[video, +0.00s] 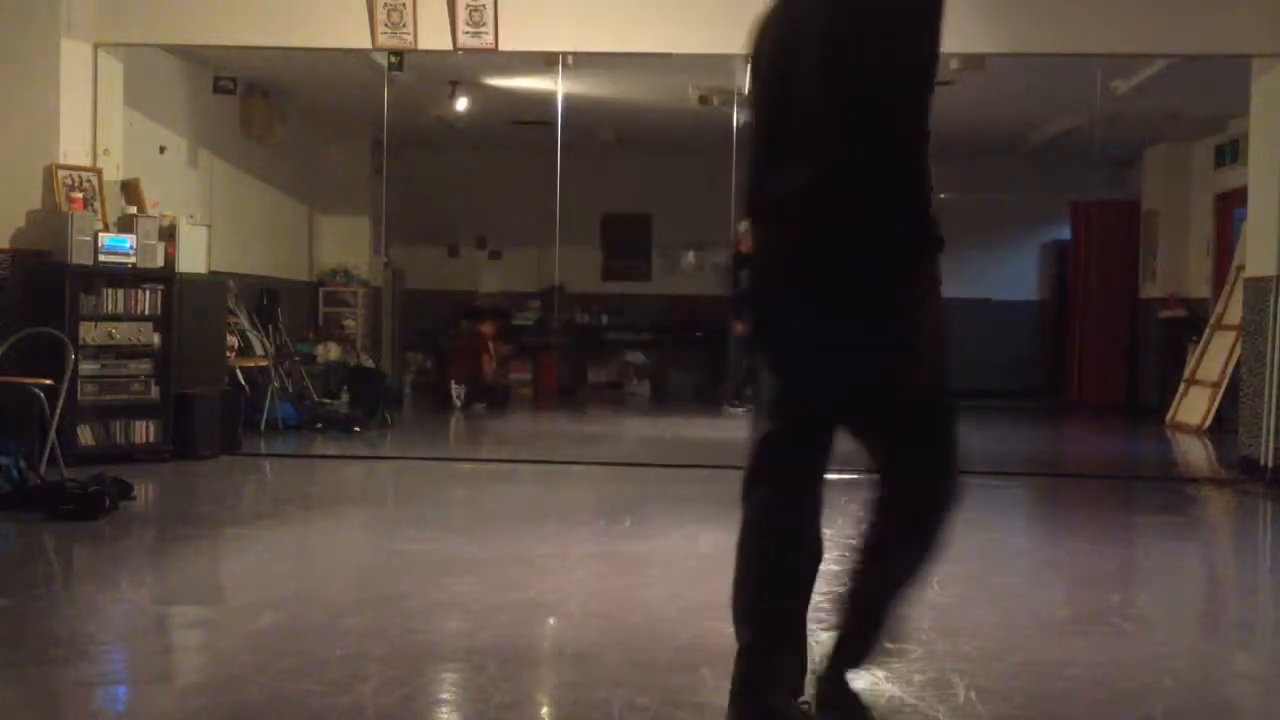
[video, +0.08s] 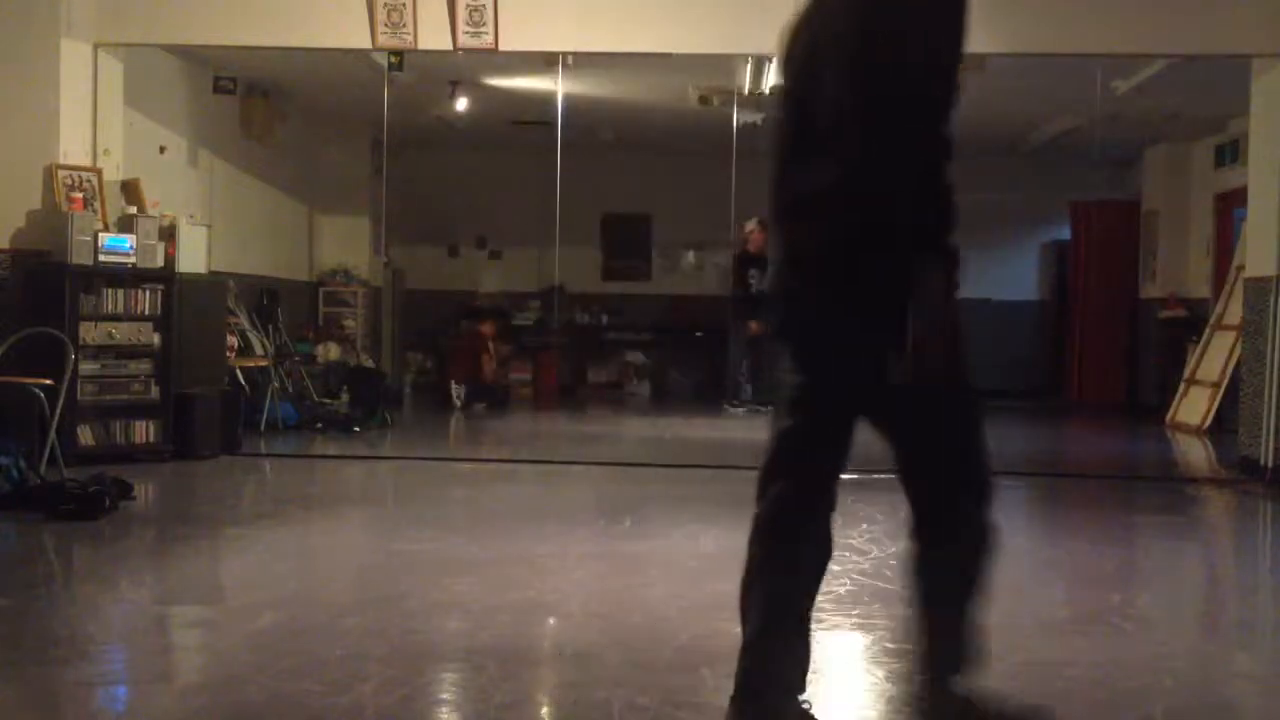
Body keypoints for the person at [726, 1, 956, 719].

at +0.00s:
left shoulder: (784, 20)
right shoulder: (907, 18)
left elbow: (766, 164)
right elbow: (894, 163)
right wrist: (919, 277)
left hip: (789, 288)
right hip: (872, 294)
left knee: (783, 489)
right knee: (921, 477)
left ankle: (762, 695)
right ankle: (840, 667)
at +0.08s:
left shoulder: (820, 20)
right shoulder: (925, 13)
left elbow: (798, 153)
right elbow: (913, 147)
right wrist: (932, 278)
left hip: (819, 286)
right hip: (893, 293)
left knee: (800, 484)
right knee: (952, 484)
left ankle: (764, 692)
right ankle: (940, 679)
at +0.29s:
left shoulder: (915, 31)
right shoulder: (1017, 21)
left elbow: (890, 179)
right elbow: (991, 171)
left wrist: (905, 306)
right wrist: (985, 303)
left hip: (912, 306)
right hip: (980, 313)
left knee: (863, 492)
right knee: (1027, 497)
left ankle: (775, 675)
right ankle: (1048, 677)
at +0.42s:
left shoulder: (977, 35)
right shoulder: (1069, 32)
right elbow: (1049, 188)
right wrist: (1060, 313)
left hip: (983, 315)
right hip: (1056, 319)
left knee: (976, 485)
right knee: (1089, 496)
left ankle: (853, 614)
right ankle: (1052, 676)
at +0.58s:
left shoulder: (1015, 43)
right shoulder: (1138, 21)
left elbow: (1013, 190)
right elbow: (1145, 166)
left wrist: (1029, 299)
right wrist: (1171, 283)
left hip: (1056, 293)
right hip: (1115, 297)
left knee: (1096, 461)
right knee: (1108, 479)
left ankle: (1014, 618)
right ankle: (1051, 673)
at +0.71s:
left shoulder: (1061, 46)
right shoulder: (1193, 31)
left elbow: (1039, 195)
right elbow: (1225, 168)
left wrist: (1061, 296)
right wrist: (1260, 253)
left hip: (1074, 292)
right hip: (1157, 286)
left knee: (1156, 472)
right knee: (1119, 477)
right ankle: (1052, 674)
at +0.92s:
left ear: (1177, 5)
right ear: (1236, 0)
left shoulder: (1133, 75)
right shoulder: (1259, 59)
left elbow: (1121, 219)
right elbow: (1253, 206)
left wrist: (1124, 340)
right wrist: (1257, 313)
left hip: (1154, 318)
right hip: (1228, 317)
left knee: (1241, 493)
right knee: (1181, 491)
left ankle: (1279, 636)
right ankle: (1071, 649)